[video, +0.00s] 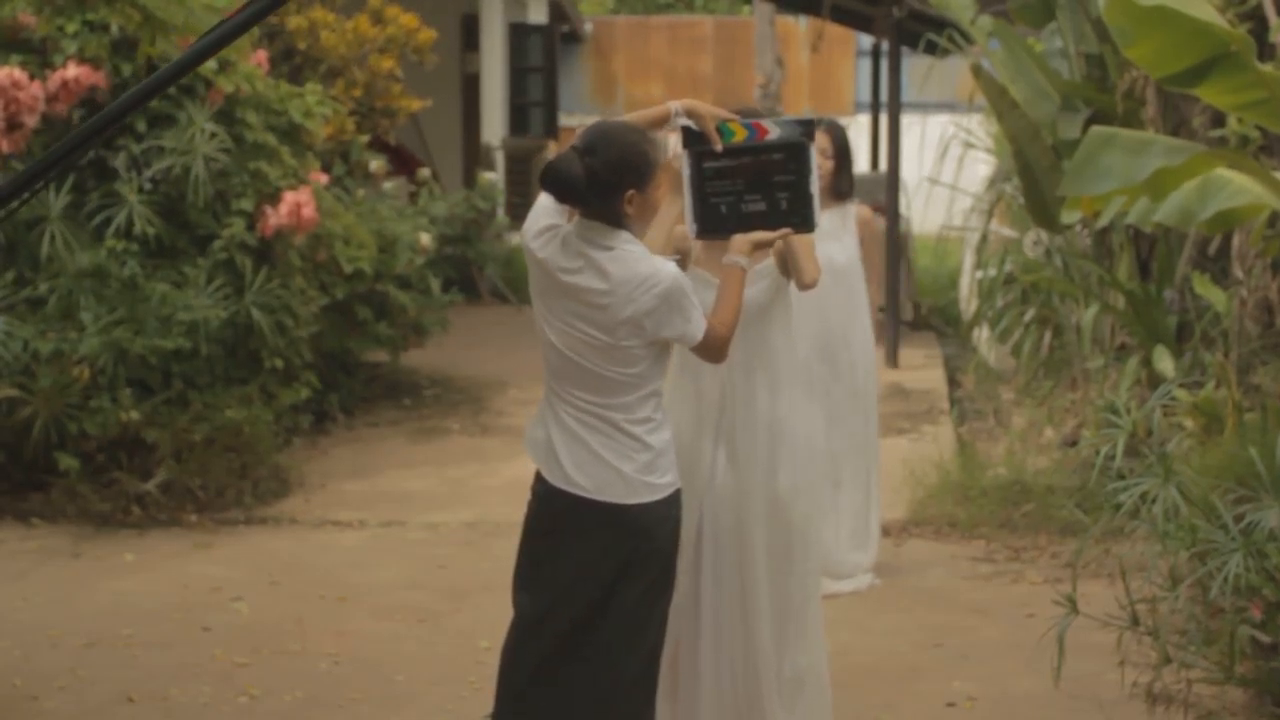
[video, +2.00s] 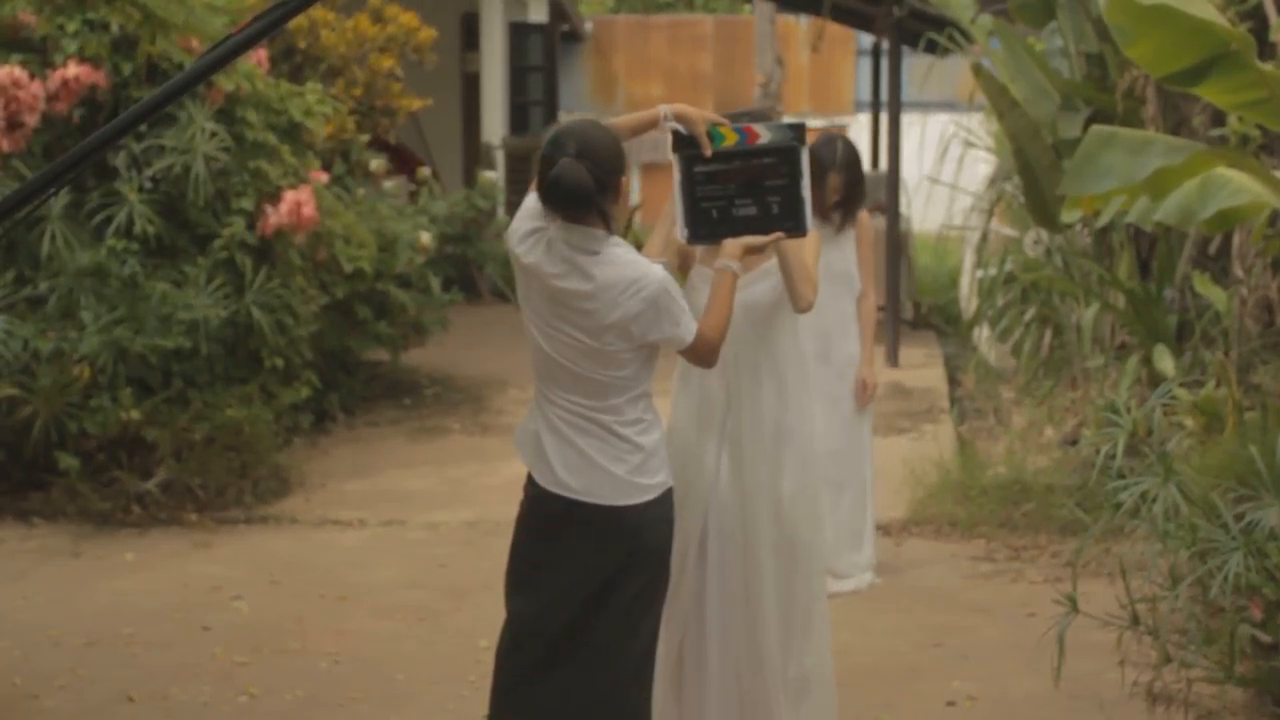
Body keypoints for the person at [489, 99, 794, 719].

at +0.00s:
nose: (667, 186)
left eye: (665, 175)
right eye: (661, 179)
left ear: (585, 190)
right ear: (631, 200)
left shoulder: (544, 235)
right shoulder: (650, 279)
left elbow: (577, 148)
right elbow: (713, 344)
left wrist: (665, 113)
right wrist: (738, 259)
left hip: (559, 484)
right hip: (638, 495)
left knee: (537, 651)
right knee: (623, 665)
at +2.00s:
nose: (630, 180)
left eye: (624, 170)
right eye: (626, 173)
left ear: (548, 179)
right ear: (618, 192)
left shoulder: (528, 241)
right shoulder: (639, 279)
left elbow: (561, 152)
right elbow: (704, 349)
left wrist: (662, 114)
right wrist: (729, 263)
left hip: (553, 487)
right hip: (632, 495)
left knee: (529, 651)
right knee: (619, 661)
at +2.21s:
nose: (628, 179)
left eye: (623, 170)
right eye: (624, 172)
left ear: (545, 181)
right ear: (614, 192)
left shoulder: (527, 242)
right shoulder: (639, 280)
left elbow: (558, 155)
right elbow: (702, 350)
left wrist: (662, 116)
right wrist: (729, 264)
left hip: (553, 487)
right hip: (631, 495)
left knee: (529, 650)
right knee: (619, 661)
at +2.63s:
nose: (627, 179)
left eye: (623, 169)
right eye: (622, 171)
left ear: (547, 181)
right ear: (612, 188)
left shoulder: (525, 245)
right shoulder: (638, 280)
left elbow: (555, 156)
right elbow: (701, 352)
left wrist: (656, 119)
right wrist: (726, 266)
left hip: (551, 489)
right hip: (632, 497)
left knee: (528, 652)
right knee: (618, 663)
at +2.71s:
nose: (627, 179)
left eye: (622, 169)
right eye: (622, 171)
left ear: (546, 181)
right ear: (611, 188)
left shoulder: (525, 245)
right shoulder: (638, 280)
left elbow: (554, 158)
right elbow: (701, 352)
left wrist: (655, 119)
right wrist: (724, 267)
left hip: (552, 489)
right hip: (632, 496)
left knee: (528, 652)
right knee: (618, 663)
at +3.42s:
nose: (625, 181)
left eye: (619, 170)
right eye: (620, 172)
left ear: (548, 181)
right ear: (607, 188)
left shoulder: (523, 243)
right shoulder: (635, 280)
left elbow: (564, 153)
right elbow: (701, 352)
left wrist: (661, 121)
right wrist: (727, 267)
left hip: (551, 489)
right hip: (629, 497)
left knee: (526, 654)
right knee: (619, 667)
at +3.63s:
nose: (625, 180)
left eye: (620, 170)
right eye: (620, 171)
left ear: (548, 180)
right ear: (608, 187)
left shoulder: (523, 243)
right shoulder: (636, 280)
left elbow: (562, 156)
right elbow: (701, 351)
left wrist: (658, 120)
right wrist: (726, 267)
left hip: (551, 488)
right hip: (629, 496)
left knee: (526, 654)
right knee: (618, 666)